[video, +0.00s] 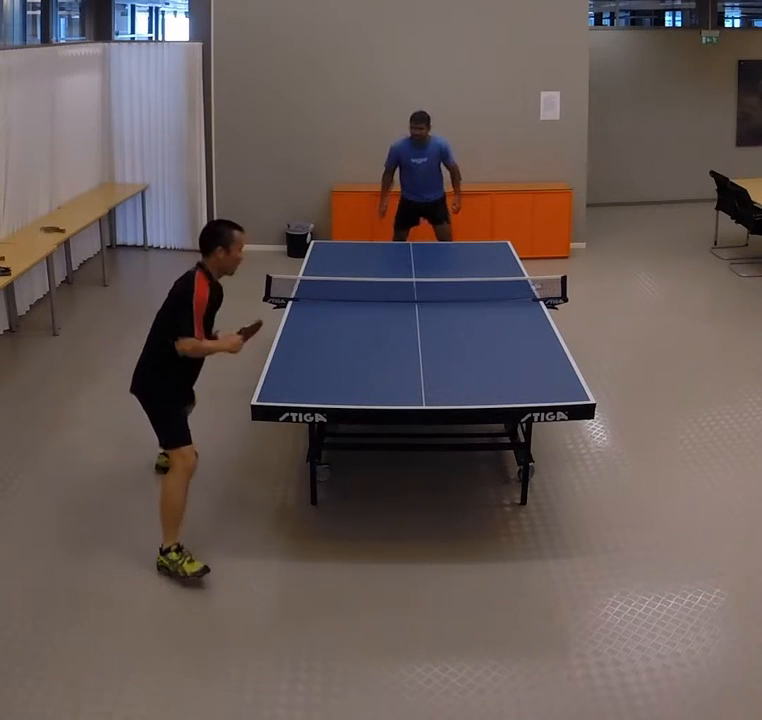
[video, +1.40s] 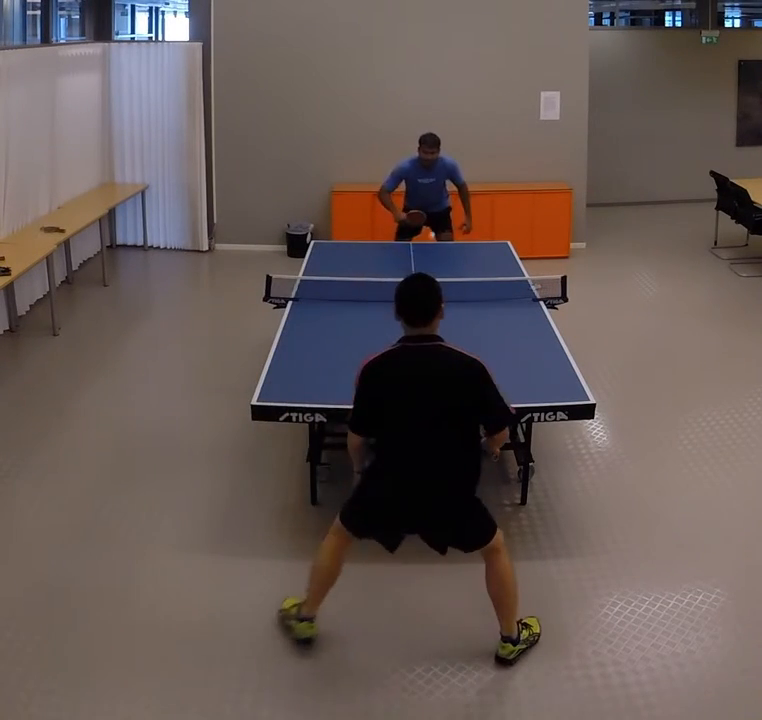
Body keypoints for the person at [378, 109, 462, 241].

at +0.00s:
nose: (416, 132)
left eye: (420, 129)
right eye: (413, 128)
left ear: (428, 129)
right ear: (409, 128)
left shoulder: (440, 146)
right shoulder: (398, 149)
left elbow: (454, 170)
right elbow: (388, 174)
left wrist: (457, 196)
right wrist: (383, 201)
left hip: (435, 201)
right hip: (409, 202)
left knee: (446, 240)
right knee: (398, 241)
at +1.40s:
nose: (429, 157)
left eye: (432, 153)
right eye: (425, 153)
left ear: (438, 152)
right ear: (418, 150)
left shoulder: (447, 166)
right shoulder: (406, 168)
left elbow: (462, 187)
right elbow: (383, 193)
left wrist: (468, 218)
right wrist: (396, 213)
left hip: (439, 211)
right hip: (413, 211)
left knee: (447, 246)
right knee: (400, 248)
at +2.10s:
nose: (436, 148)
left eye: (440, 144)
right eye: (433, 144)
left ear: (447, 144)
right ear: (427, 144)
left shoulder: (455, 157)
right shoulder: (415, 163)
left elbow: (465, 176)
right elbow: (416, 196)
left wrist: (471, 201)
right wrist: (442, 212)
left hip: (446, 204)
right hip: (421, 204)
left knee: (453, 246)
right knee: (409, 244)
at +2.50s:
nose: (433, 136)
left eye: (437, 133)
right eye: (430, 132)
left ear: (445, 133)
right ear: (426, 132)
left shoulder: (457, 151)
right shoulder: (417, 153)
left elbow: (471, 176)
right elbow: (406, 177)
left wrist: (461, 203)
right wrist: (403, 203)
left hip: (453, 202)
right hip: (429, 202)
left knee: (468, 242)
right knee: (413, 241)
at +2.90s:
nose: (450, 130)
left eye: (454, 126)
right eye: (447, 126)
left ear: (461, 126)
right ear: (443, 125)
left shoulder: (471, 145)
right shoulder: (432, 145)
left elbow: (481, 170)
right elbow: (430, 175)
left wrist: (489, 194)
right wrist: (448, 186)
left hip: (462, 198)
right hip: (437, 198)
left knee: (476, 240)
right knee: (418, 239)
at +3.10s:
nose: (456, 133)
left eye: (459, 130)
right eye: (452, 130)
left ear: (464, 130)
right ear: (445, 129)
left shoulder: (471, 146)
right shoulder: (432, 150)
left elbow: (480, 169)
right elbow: (428, 179)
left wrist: (488, 193)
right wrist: (450, 195)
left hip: (464, 200)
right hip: (438, 200)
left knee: (478, 241)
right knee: (419, 240)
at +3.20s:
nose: (456, 137)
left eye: (459, 133)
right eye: (452, 133)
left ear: (463, 133)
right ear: (444, 133)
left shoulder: (471, 150)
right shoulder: (431, 153)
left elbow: (481, 174)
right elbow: (423, 181)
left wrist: (487, 199)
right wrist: (438, 201)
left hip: (465, 202)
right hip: (438, 202)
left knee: (478, 242)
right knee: (418, 241)